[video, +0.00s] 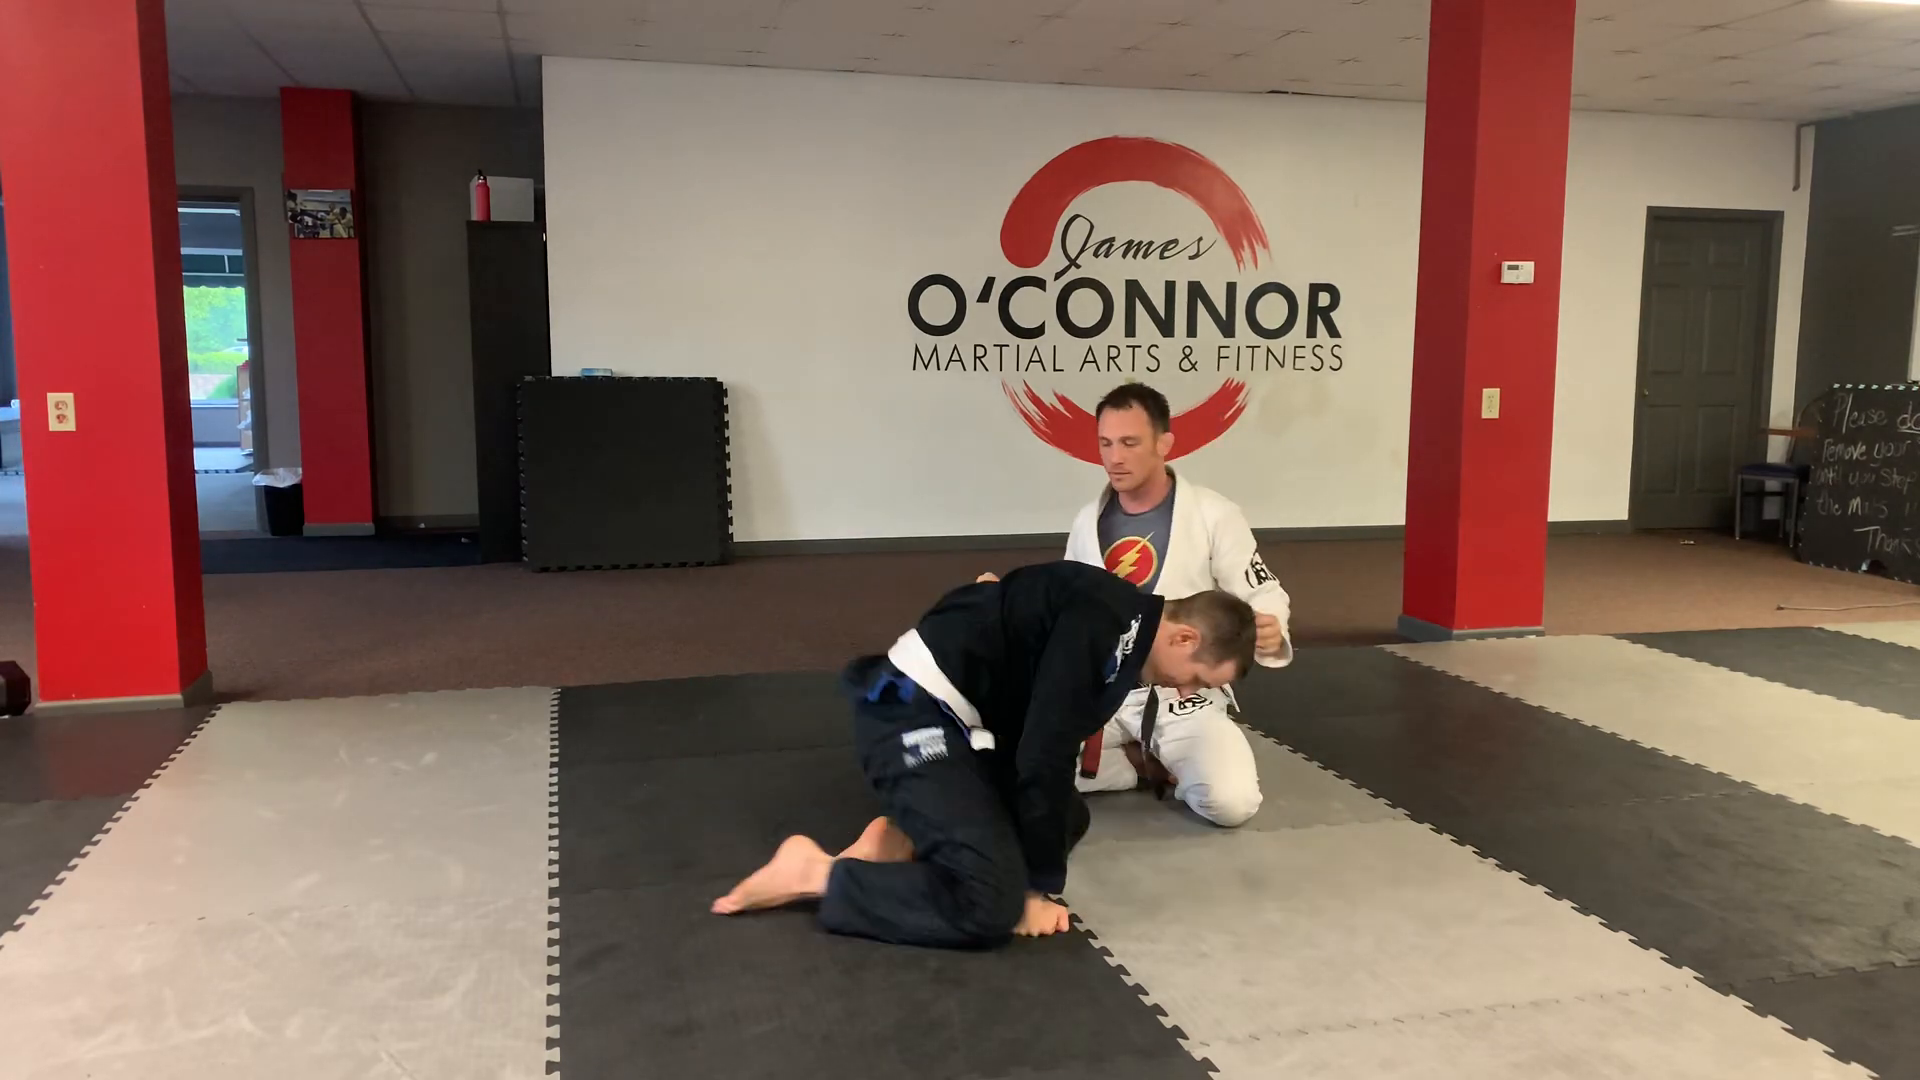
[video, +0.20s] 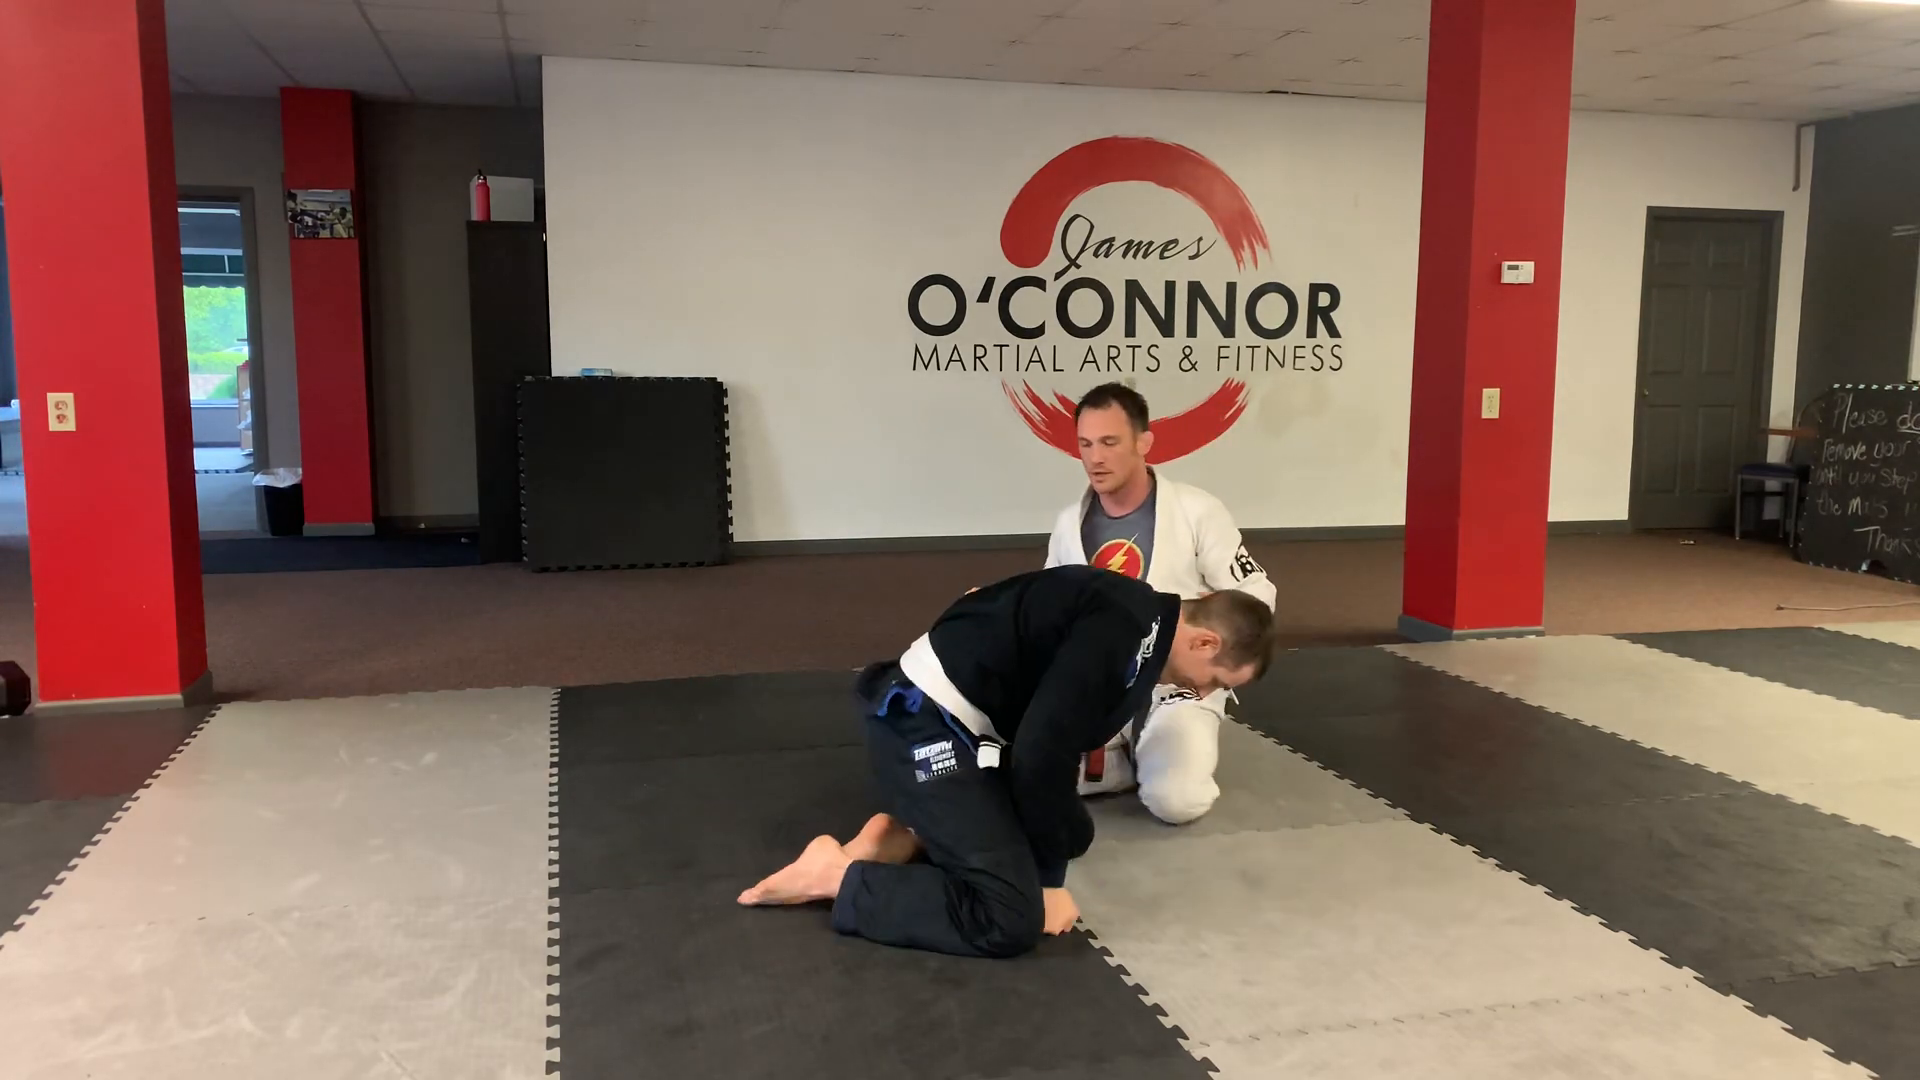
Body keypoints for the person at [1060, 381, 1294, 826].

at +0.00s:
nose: (1115, 458)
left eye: (1129, 444)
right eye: (1106, 444)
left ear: (1164, 444)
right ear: (1097, 446)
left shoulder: (1214, 516)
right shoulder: (1087, 522)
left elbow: (1263, 593)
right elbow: (1072, 605)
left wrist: (1270, 632)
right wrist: (1008, 599)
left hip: (1185, 696)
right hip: (1103, 693)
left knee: (1233, 802)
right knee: (1041, 766)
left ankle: (1172, 761)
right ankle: (1146, 764)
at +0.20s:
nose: (1095, 458)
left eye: (1109, 443)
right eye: (1085, 445)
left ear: (1143, 443)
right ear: (1076, 448)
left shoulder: (1197, 512)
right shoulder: (1069, 523)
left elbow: (1256, 592)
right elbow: (1054, 608)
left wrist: (1211, 657)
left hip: (1177, 684)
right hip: (1096, 683)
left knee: (1177, 799)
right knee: (1045, 772)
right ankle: (1143, 757)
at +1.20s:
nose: (1103, 369)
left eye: (1120, 352)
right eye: (1095, 352)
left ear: (1162, 351)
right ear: (1087, 350)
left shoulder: (1196, 421)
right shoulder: (1054, 430)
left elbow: (1271, 464)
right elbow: (1014, 513)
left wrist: (1197, 394)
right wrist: (1011, 560)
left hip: (1165, 642)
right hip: (1069, 642)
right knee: (1065, 826)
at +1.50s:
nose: (1070, 371)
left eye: (1085, 355)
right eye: (1062, 354)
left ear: (1129, 348)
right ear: (1054, 347)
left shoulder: (1166, 417)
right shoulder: (1029, 432)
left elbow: (1244, 456)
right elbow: (996, 510)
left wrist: (1166, 388)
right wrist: (971, 546)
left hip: (1146, 636)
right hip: (1051, 639)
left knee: (1128, 811)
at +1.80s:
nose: (987, 382)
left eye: (1002, 364)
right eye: (974, 365)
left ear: (1039, 355)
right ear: (963, 359)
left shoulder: (1087, 425)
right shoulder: (938, 445)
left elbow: (1179, 513)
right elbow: (906, 524)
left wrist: (1131, 465)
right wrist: (887, 556)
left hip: (1087, 648)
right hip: (992, 657)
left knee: (1115, 813)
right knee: (1015, 833)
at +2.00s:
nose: (954, 389)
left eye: (969, 372)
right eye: (942, 373)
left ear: (1007, 358)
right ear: (930, 364)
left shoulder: (1064, 423)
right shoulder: (910, 449)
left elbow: (1127, 487)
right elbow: (878, 526)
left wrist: (1138, 522)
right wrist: (857, 561)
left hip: (1062, 643)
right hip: (970, 653)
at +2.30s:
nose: (960, 399)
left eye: (975, 380)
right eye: (946, 381)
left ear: (1007, 362)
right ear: (930, 366)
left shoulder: (1051, 422)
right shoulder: (900, 451)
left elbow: (1108, 490)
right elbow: (859, 541)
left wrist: (1140, 534)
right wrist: (875, 574)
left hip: (1029, 642)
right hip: (944, 648)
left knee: (1031, 841)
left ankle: (855, 795)